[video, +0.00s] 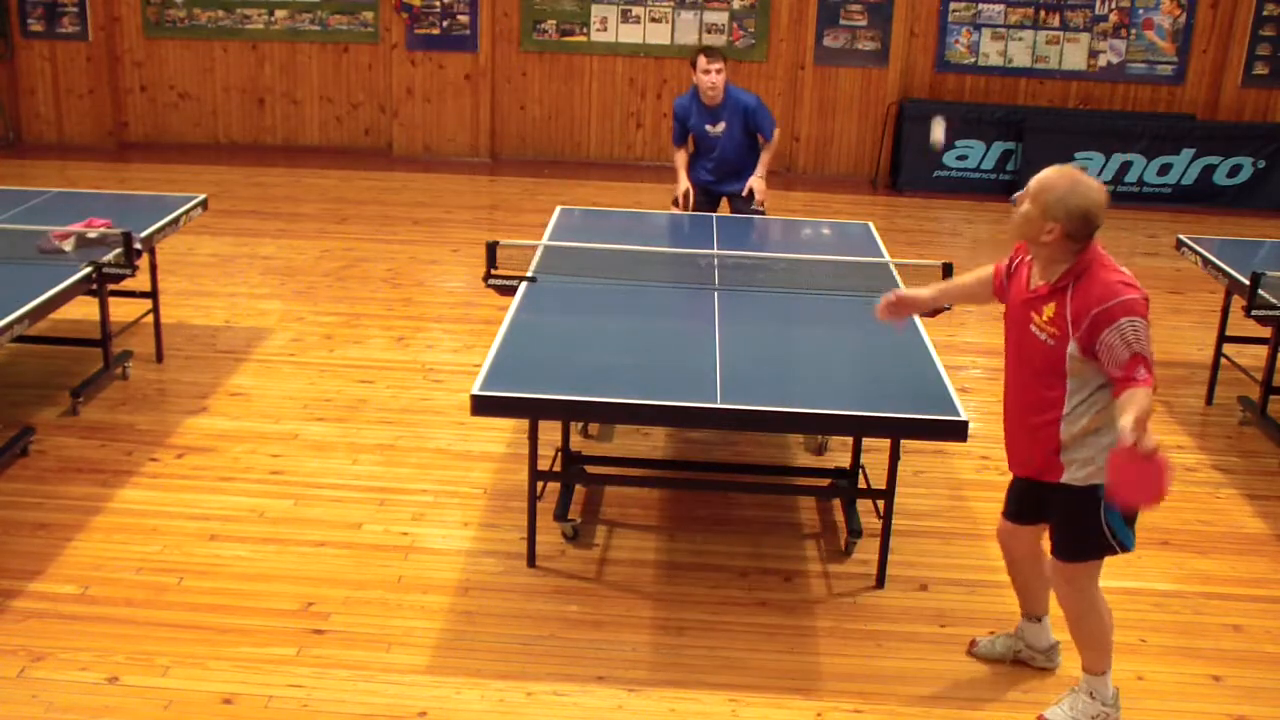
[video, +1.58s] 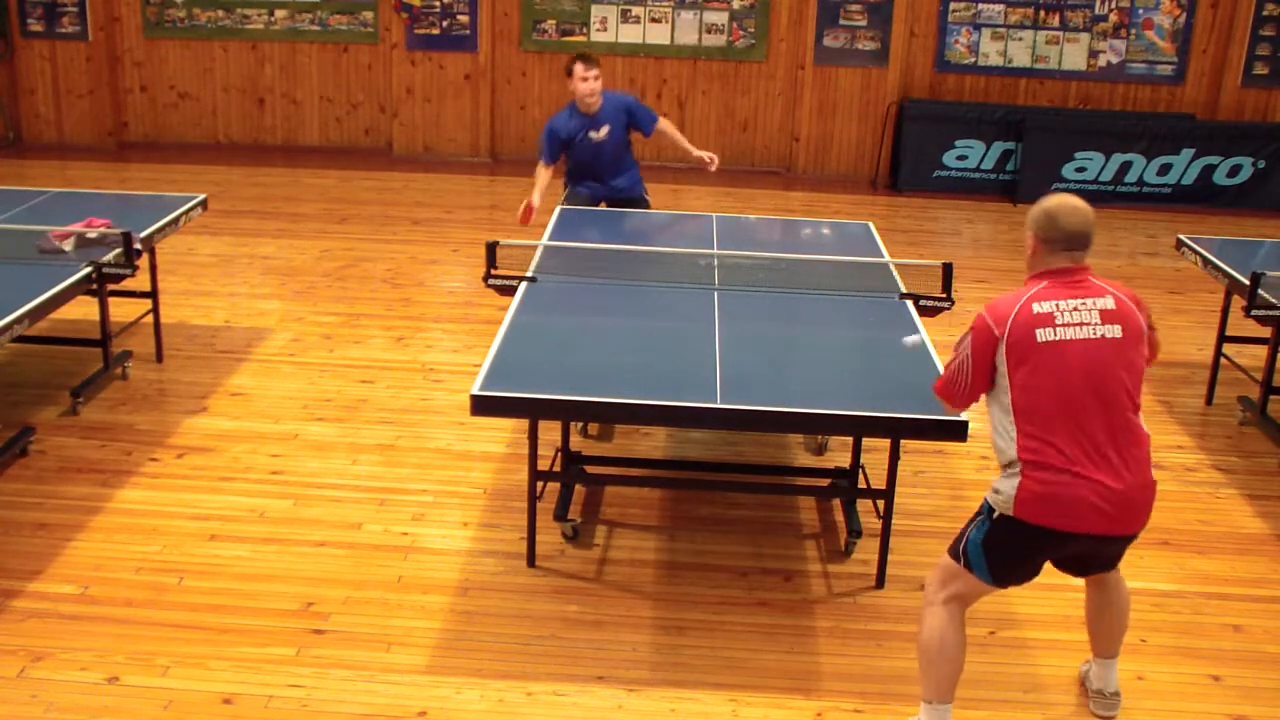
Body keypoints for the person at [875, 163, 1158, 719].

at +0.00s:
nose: (1015, 201)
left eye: (1025, 199)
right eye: (1022, 194)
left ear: (1050, 231)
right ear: (1051, 229)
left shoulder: (1111, 296)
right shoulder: (1027, 261)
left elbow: (1137, 380)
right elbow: (988, 282)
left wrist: (1131, 421)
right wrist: (927, 298)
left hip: (1088, 465)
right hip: (1038, 453)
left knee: (1075, 576)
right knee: (1016, 535)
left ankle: (1099, 692)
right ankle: (1035, 636)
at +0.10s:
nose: (983, 242)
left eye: (989, 236)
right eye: (984, 233)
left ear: (1021, 251)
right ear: (1027, 245)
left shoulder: (1092, 298)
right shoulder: (1035, 270)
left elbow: (1120, 383)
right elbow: (1011, 309)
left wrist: (1086, 385)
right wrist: (955, 330)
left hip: (1091, 464)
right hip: (1043, 449)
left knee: (1062, 589)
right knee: (998, 539)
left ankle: (1099, 694)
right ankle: (1021, 657)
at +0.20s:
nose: (956, 257)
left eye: (961, 250)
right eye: (957, 248)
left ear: (999, 255)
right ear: (1002, 249)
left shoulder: (1062, 292)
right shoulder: (1027, 271)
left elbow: (1075, 386)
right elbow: (1024, 342)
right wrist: (973, 360)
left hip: (1082, 473)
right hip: (1037, 456)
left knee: (1034, 598)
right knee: (990, 551)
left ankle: (1093, 683)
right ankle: (1014, 670)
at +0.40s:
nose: (947, 245)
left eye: (948, 235)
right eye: (946, 234)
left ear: (969, 240)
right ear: (997, 228)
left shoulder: (1031, 281)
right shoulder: (1017, 270)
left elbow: (1043, 367)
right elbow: (1025, 355)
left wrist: (955, 348)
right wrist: (959, 347)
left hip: (1048, 477)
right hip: (1031, 464)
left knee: (967, 599)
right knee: (988, 568)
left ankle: (1010, 707)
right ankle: (1010, 670)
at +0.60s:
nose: (945, 242)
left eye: (945, 232)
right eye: (944, 232)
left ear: (961, 235)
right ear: (1011, 227)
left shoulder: (989, 290)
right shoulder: (1057, 277)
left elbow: (974, 383)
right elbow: (1091, 352)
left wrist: (907, 372)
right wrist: (1016, 364)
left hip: (1016, 490)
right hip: (1074, 481)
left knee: (943, 619)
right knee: (1003, 569)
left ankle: (946, 714)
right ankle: (1015, 673)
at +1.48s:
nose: (996, 242)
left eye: (998, 235)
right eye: (999, 233)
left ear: (1007, 243)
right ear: (1061, 241)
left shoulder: (995, 320)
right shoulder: (1105, 302)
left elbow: (942, 408)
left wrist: (926, 377)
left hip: (1035, 507)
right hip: (1117, 502)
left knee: (940, 592)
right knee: (1082, 565)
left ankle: (933, 713)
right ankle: (1100, 680)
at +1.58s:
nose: (1024, 242)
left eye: (1026, 234)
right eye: (1028, 233)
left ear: (1034, 242)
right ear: (1089, 246)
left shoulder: (1003, 314)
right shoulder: (1129, 307)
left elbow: (953, 393)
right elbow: (1148, 353)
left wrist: (962, 357)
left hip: (1036, 508)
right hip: (1124, 509)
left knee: (945, 593)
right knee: (1103, 569)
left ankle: (934, 713)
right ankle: (1106, 682)